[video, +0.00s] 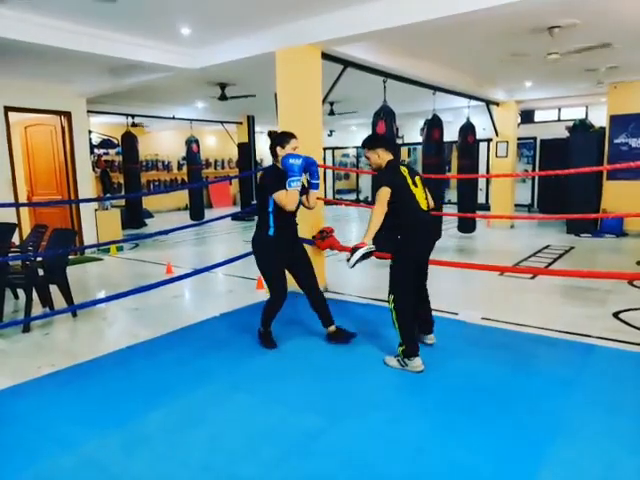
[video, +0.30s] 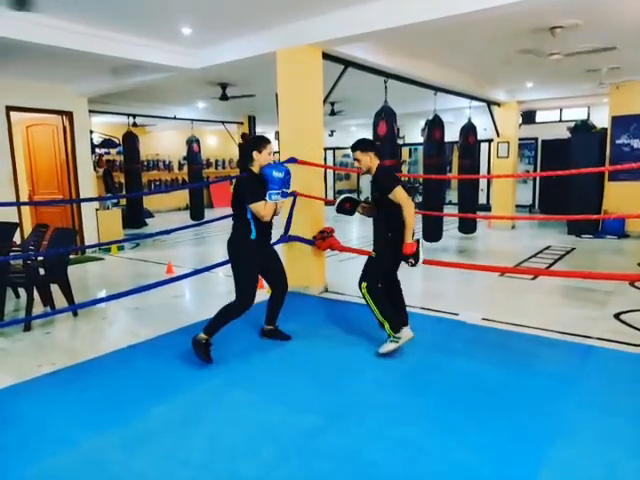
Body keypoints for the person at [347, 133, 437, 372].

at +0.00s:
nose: (368, 161)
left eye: (369, 156)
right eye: (367, 157)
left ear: (381, 152)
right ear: (386, 153)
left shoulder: (386, 175)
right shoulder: (408, 170)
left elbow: (381, 207)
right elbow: (429, 203)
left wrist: (367, 240)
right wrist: (411, 222)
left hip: (408, 239)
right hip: (426, 235)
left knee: (399, 296)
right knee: (417, 282)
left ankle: (409, 355)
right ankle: (425, 331)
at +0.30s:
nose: (357, 166)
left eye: (358, 160)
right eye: (356, 162)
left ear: (370, 155)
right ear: (368, 158)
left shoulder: (384, 176)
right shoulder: (378, 177)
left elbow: (408, 205)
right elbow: (381, 211)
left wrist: (409, 241)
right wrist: (359, 207)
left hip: (389, 243)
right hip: (389, 241)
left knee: (367, 284)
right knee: (388, 280)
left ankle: (395, 333)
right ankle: (402, 326)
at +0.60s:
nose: (338, 168)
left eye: (342, 164)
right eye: (337, 164)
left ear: (355, 161)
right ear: (338, 163)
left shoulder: (370, 182)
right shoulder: (348, 182)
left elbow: (394, 210)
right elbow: (349, 205)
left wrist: (374, 234)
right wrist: (343, 225)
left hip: (376, 234)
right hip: (363, 231)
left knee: (356, 278)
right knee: (359, 276)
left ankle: (366, 323)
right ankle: (389, 305)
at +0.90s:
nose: (326, 156)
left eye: (329, 152)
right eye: (324, 152)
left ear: (341, 150)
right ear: (324, 152)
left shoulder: (354, 171)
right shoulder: (329, 173)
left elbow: (370, 202)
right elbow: (333, 198)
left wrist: (342, 209)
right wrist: (324, 212)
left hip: (357, 224)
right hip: (340, 223)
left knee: (350, 270)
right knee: (334, 266)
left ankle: (362, 316)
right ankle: (336, 304)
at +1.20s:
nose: (311, 163)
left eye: (315, 158)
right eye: (309, 159)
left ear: (327, 157)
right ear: (310, 160)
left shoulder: (343, 179)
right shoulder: (316, 183)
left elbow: (363, 202)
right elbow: (316, 206)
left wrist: (348, 221)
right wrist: (311, 216)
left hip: (343, 228)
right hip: (326, 227)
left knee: (331, 272)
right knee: (321, 272)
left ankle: (350, 311)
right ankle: (335, 308)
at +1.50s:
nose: (310, 165)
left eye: (314, 160)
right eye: (308, 161)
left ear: (327, 160)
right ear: (308, 162)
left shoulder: (340, 183)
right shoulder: (313, 186)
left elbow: (355, 214)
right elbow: (309, 210)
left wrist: (328, 221)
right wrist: (304, 220)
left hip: (343, 232)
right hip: (324, 233)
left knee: (331, 280)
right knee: (324, 276)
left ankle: (336, 339)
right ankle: (333, 307)